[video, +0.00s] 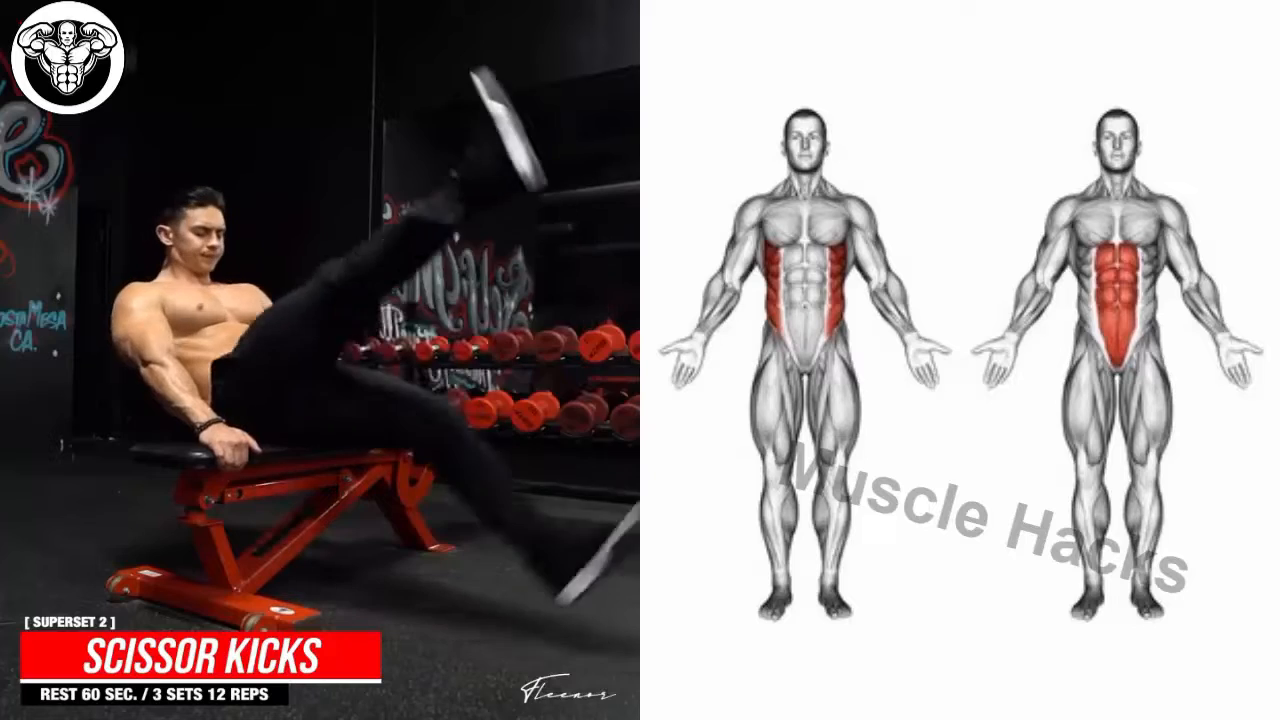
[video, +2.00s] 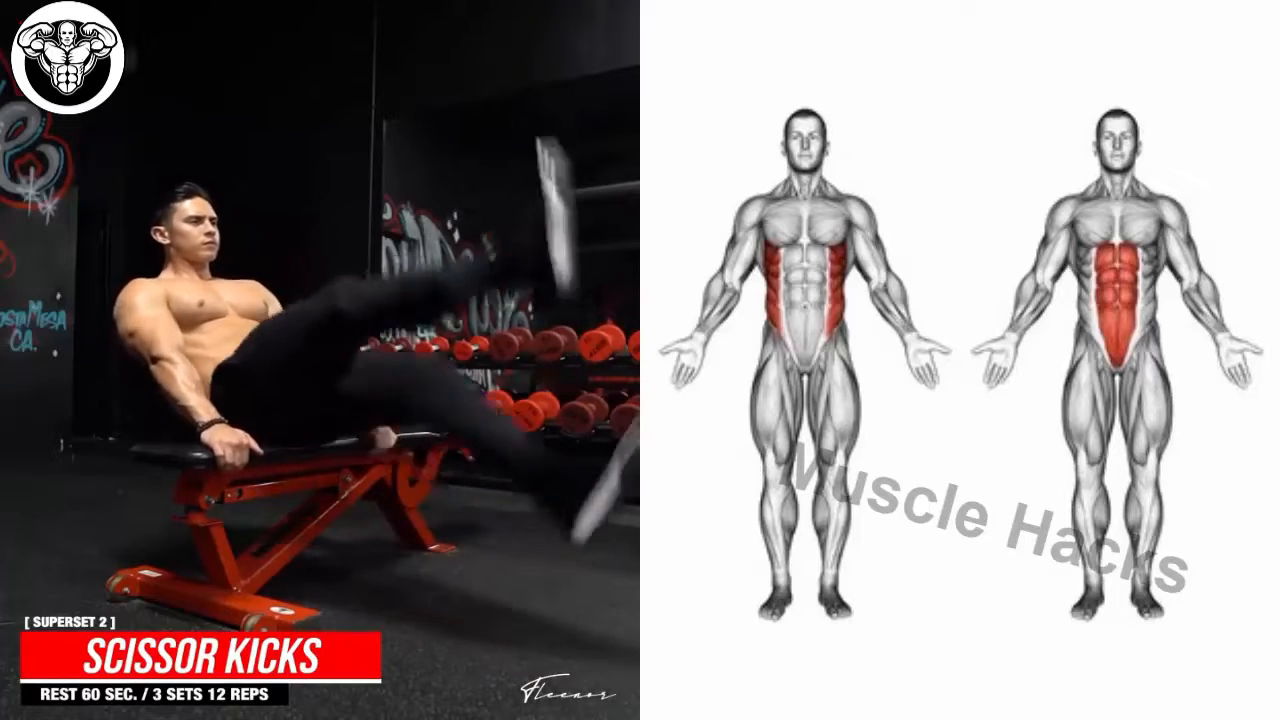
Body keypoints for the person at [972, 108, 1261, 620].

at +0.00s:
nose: (1116, 145)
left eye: (1124, 138)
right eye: (1108, 138)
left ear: (1137, 145)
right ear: (1097, 146)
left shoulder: (1164, 211)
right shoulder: (1070, 211)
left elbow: (1193, 282)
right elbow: (1041, 282)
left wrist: (1221, 335)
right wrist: (1012, 336)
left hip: (1144, 355)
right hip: (1089, 354)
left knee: (1145, 466)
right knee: (1088, 466)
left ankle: (1141, 582)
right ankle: (1092, 583)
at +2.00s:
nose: (1116, 145)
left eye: (1124, 138)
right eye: (1108, 138)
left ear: (1137, 145)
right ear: (1097, 145)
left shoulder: (1164, 211)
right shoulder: (1070, 211)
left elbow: (1193, 282)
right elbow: (1041, 282)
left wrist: (1222, 335)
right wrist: (1012, 336)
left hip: (1144, 355)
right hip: (1089, 354)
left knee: (1145, 466)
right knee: (1088, 466)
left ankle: (1141, 581)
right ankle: (1092, 583)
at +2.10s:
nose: (1116, 145)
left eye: (1124, 137)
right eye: (1109, 137)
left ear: (1137, 145)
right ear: (1097, 145)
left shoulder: (1164, 211)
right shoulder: (1070, 211)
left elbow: (1193, 282)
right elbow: (1041, 282)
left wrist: (1221, 335)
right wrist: (1012, 336)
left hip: (1144, 355)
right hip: (1089, 354)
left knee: (1145, 466)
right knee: (1088, 466)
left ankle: (1141, 582)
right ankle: (1092, 583)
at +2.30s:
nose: (1116, 145)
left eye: (1124, 137)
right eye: (1109, 137)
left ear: (1137, 145)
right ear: (1097, 145)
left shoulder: (1164, 211)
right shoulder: (1070, 211)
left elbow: (1193, 282)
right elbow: (1041, 282)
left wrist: (1221, 335)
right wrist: (1012, 336)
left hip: (1144, 355)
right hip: (1089, 354)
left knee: (1145, 466)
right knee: (1088, 466)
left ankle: (1141, 582)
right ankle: (1092, 583)